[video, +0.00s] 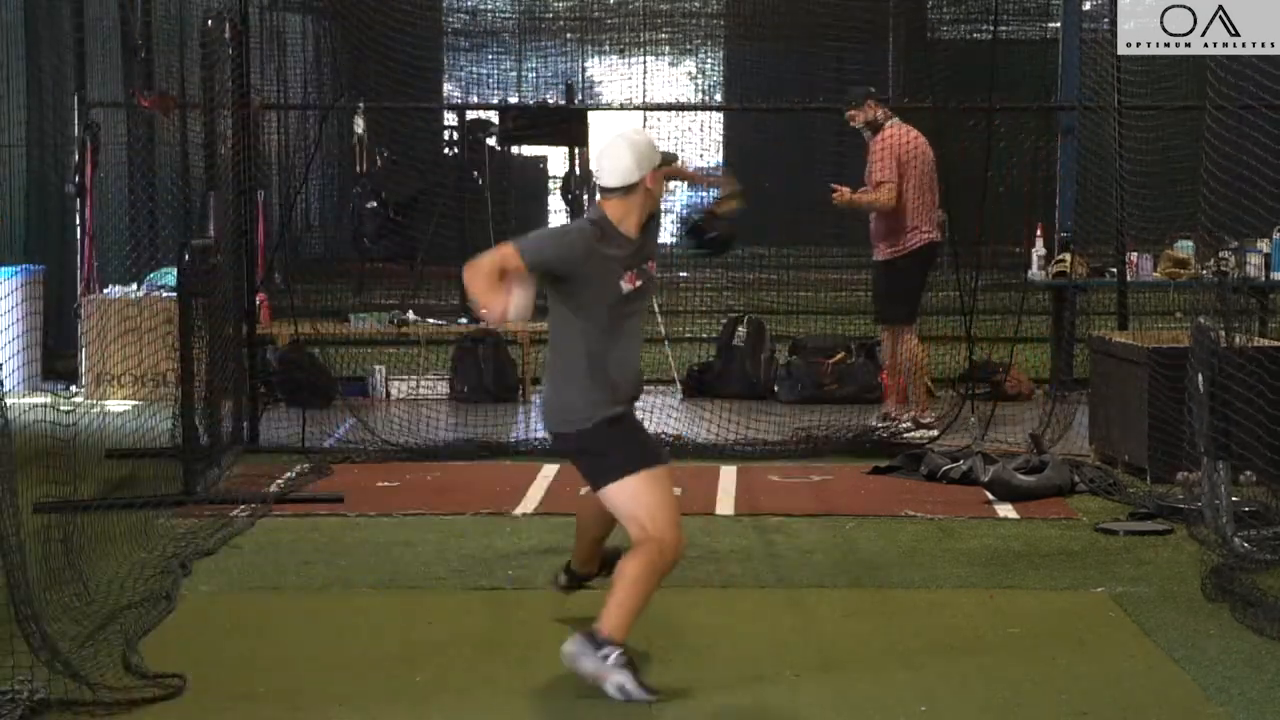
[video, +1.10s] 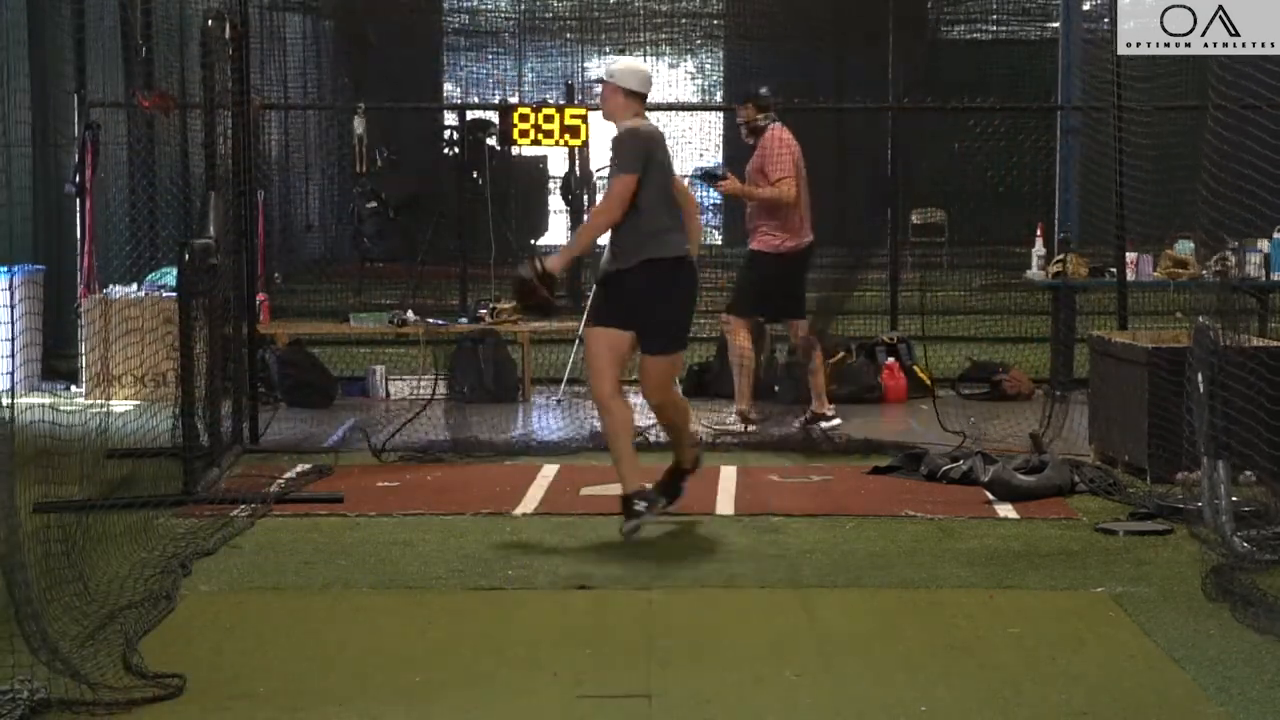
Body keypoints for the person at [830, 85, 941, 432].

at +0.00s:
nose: (852, 121)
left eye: (855, 113)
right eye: (849, 115)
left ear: (874, 107)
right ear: (877, 109)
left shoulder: (884, 141)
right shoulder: (915, 138)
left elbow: (887, 197)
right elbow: (928, 196)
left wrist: (850, 198)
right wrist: (865, 194)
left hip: (900, 248)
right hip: (922, 244)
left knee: (898, 329)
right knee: (896, 328)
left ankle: (917, 412)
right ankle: (899, 409)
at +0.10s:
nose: (843, 117)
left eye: (847, 109)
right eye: (840, 111)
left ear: (867, 106)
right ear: (868, 112)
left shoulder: (871, 143)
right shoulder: (899, 138)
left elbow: (873, 198)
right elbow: (910, 197)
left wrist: (840, 201)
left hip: (888, 250)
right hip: (907, 246)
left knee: (890, 332)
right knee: (876, 332)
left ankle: (922, 412)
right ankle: (855, 405)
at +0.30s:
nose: (825, 114)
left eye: (830, 107)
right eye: (822, 109)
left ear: (849, 107)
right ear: (824, 112)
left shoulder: (853, 143)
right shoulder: (867, 140)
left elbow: (852, 199)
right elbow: (864, 197)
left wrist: (816, 199)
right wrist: (824, 198)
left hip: (859, 254)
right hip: (866, 251)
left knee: (865, 332)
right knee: (848, 331)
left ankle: (914, 406)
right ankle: (829, 408)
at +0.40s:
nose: (813, 108)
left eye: (819, 102)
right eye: (810, 104)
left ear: (839, 104)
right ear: (817, 109)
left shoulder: (839, 140)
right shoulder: (850, 137)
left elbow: (843, 194)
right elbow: (844, 194)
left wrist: (804, 195)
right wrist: (809, 196)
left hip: (843, 252)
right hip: (852, 249)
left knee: (828, 327)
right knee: (834, 329)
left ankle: (892, 392)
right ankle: (828, 409)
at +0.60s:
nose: (806, 101)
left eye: (812, 95)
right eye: (803, 97)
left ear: (830, 100)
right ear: (802, 103)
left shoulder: (830, 130)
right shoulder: (813, 136)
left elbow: (828, 180)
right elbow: (807, 189)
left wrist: (789, 178)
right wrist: (783, 180)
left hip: (818, 242)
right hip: (816, 241)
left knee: (793, 323)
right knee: (821, 325)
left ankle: (839, 393)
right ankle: (822, 407)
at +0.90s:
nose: (776, 105)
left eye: (783, 99)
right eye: (774, 99)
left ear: (801, 104)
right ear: (775, 104)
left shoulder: (802, 134)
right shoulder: (798, 134)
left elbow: (802, 187)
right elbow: (792, 185)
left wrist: (763, 179)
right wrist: (762, 180)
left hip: (785, 245)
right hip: (810, 245)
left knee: (753, 322)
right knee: (808, 323)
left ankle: (784, 406)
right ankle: (824, 409)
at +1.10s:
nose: (739, 117)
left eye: (743, 110)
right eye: (738, 111)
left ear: (759, 110)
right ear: (764, 110)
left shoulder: (776, 140)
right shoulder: (777, 138)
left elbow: (787, 193)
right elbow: (775, 191)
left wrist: (741, 190)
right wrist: (738, 184)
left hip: (773, 247)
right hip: (792, 246)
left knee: (736, 321)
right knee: (799, 326)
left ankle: (742, 413)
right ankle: (821, 408)